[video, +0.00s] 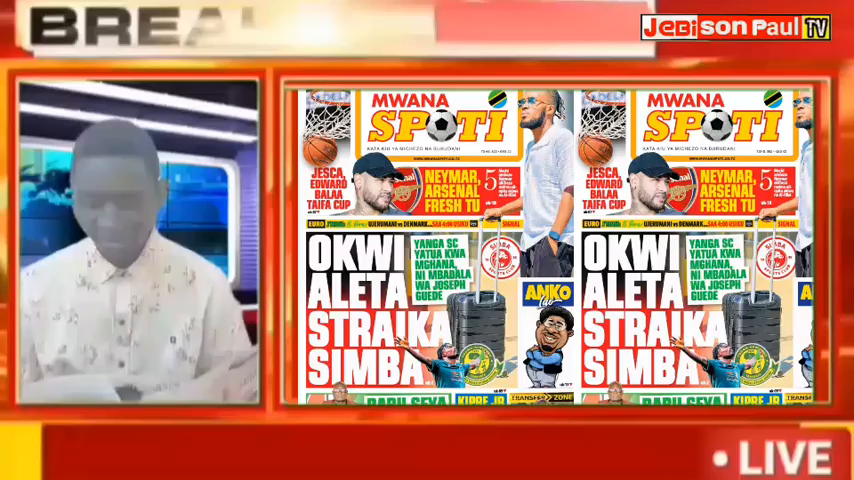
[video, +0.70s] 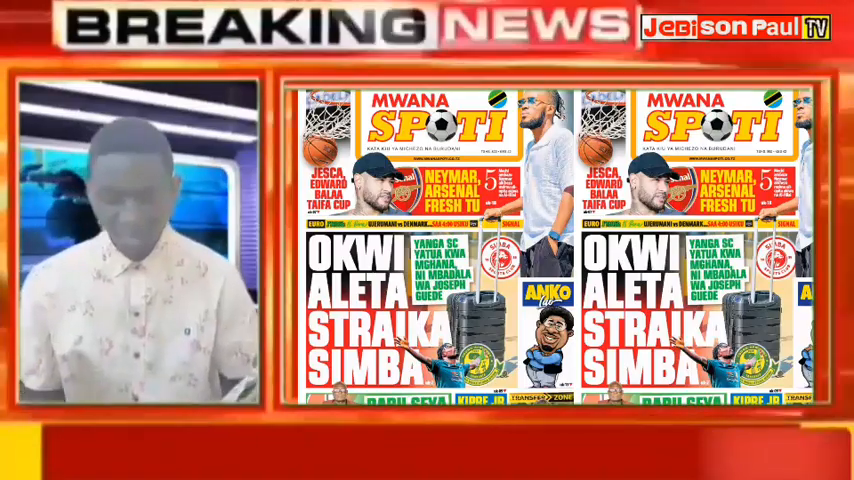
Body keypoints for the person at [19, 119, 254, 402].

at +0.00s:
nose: (110, 219)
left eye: (128, 201)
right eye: (93, 202)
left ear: (161, 194)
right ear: (72, 197)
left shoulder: (206, 286)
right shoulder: (34, 288)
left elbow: (241, 388)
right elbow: (13, 398)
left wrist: (149, 408)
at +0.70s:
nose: (130, 216)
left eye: (145, 197)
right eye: (112, 198)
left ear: (174, 190)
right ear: (89, 192)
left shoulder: (218, 279)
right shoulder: (49, 283)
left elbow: (252, 388)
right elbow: (41, 405)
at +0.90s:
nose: (138, 194)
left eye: (155, 176)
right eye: (121, 177)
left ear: (184, 186)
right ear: (98, 188)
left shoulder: (224, 276)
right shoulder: (57, 279)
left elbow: (251, 390)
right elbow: (47, 402)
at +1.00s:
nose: (144, 187)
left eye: (162, 171)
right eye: (124, 170)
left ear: (188, 186)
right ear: (102, 188)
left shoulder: (226, 277)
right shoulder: (57, 278)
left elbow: (247, 393)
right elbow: (45, 403)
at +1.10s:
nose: (149, 181)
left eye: (167, 167)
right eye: (130, 167)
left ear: (191, 186)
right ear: (108, 186)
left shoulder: (230, 277)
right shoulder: (61, 276)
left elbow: (239, 391)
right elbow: (45, 399)